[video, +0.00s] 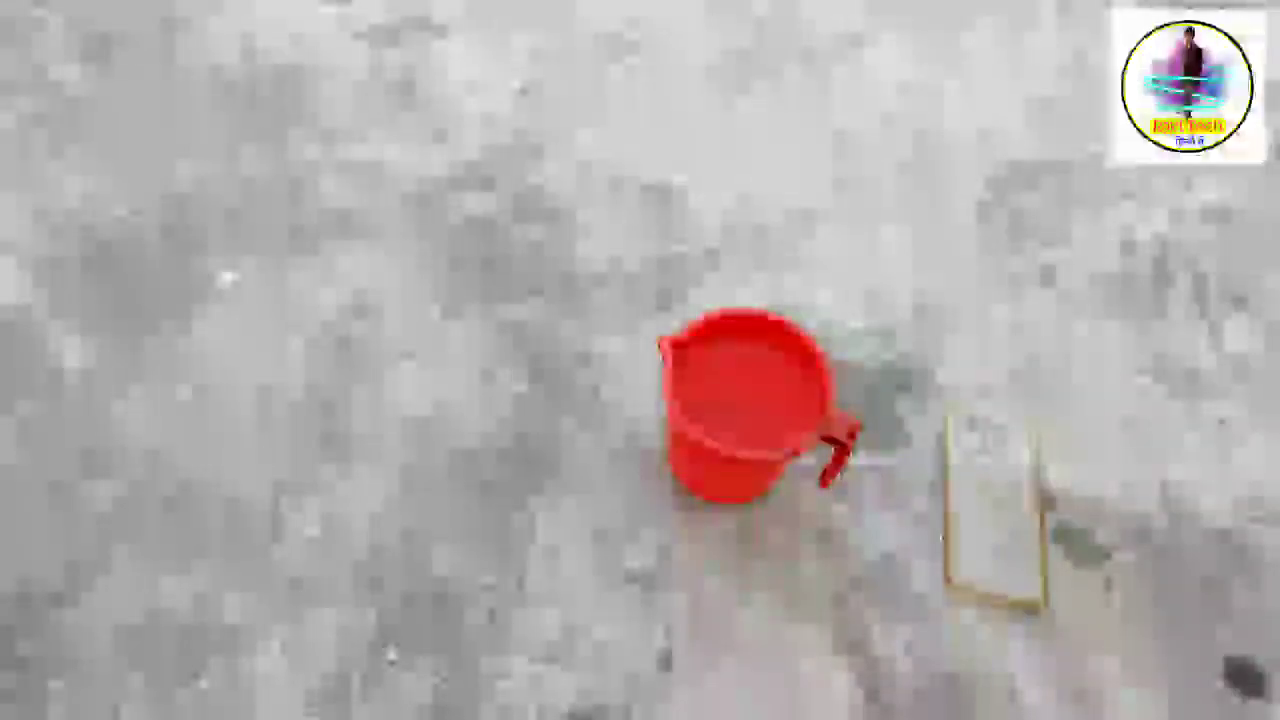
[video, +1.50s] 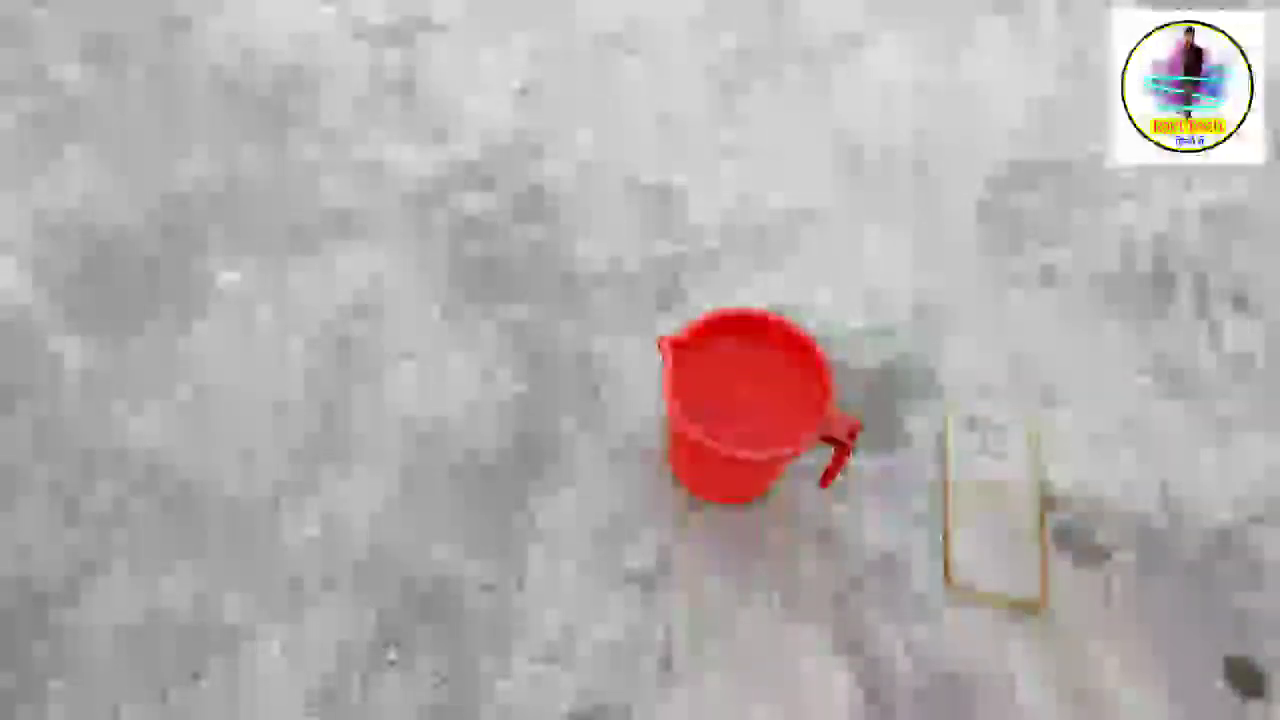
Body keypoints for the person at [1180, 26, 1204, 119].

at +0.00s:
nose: (1187, 38)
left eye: (1189, 36)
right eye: (1186, 36)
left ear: (1193, 36)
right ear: (1184, 36)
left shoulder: (1197, 50)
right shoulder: (1181, 49)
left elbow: (1199, 64)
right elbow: (1176, 61)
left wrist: (1197, 75)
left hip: (1193, 75)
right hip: (1183, 74)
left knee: (1190, 93)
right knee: (1185, 93)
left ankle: (1188, 111)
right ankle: (1186, 111)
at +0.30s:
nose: (1187, 38)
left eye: (1189, 36)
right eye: (1186, 36)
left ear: (1193, 36)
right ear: (1184, 36)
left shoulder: (1197, 50)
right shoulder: (1181, 49)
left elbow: (1199, 64)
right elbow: (1176, 61)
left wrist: (1197, 75)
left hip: (1193, 75)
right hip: (1183, 74)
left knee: (1190, 93)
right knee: (1185, 93)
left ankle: (1188, 111)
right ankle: (1186, 111)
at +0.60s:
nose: (1188, 38)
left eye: (1190, 36)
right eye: (1187, 35)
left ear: (1193, 36)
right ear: (1184, 36)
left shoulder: (1197, 50)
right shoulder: (1181, 49)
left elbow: (1199, 65)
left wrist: (1198, 76)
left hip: (1193, 74)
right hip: (1183, 74)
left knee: (1190, 92)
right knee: (1185, 92)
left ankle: (1188, 111)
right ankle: (1185, 110)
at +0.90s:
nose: (1188, 38)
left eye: (1190, 35)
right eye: (1187, 35)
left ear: (1193, 36)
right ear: (1184, 36)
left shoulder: (1197, 50)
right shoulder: (1181, 49)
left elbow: (1199, 66)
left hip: (1193, 76)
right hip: (1182, 75)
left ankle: (1188, 113)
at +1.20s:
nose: (1188, 38)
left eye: (1190, 36)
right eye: (1187, 35)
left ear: (1193, 36)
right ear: (1184, 36)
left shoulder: (1197, 50)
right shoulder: (1181, 49)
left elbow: (1199, 65)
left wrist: (1198, 77)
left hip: (1193, 74)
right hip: (1183, 74)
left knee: (1190, 92)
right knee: (1185, 92)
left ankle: (1188, 111)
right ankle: (1185, 110)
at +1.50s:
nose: (1188, 38)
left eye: (1190, 36)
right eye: (1186, 36)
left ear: (1193, 36)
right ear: (1184, 36)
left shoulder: (1198, 50)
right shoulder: (1182, 50)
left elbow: (1199, 65)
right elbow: (1177, 62)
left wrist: (1197, 76)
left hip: (1193, 75)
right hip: (1184, 74)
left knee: (1189, 93)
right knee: (1185, 93)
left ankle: (1188, 112)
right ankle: (1186, 111)